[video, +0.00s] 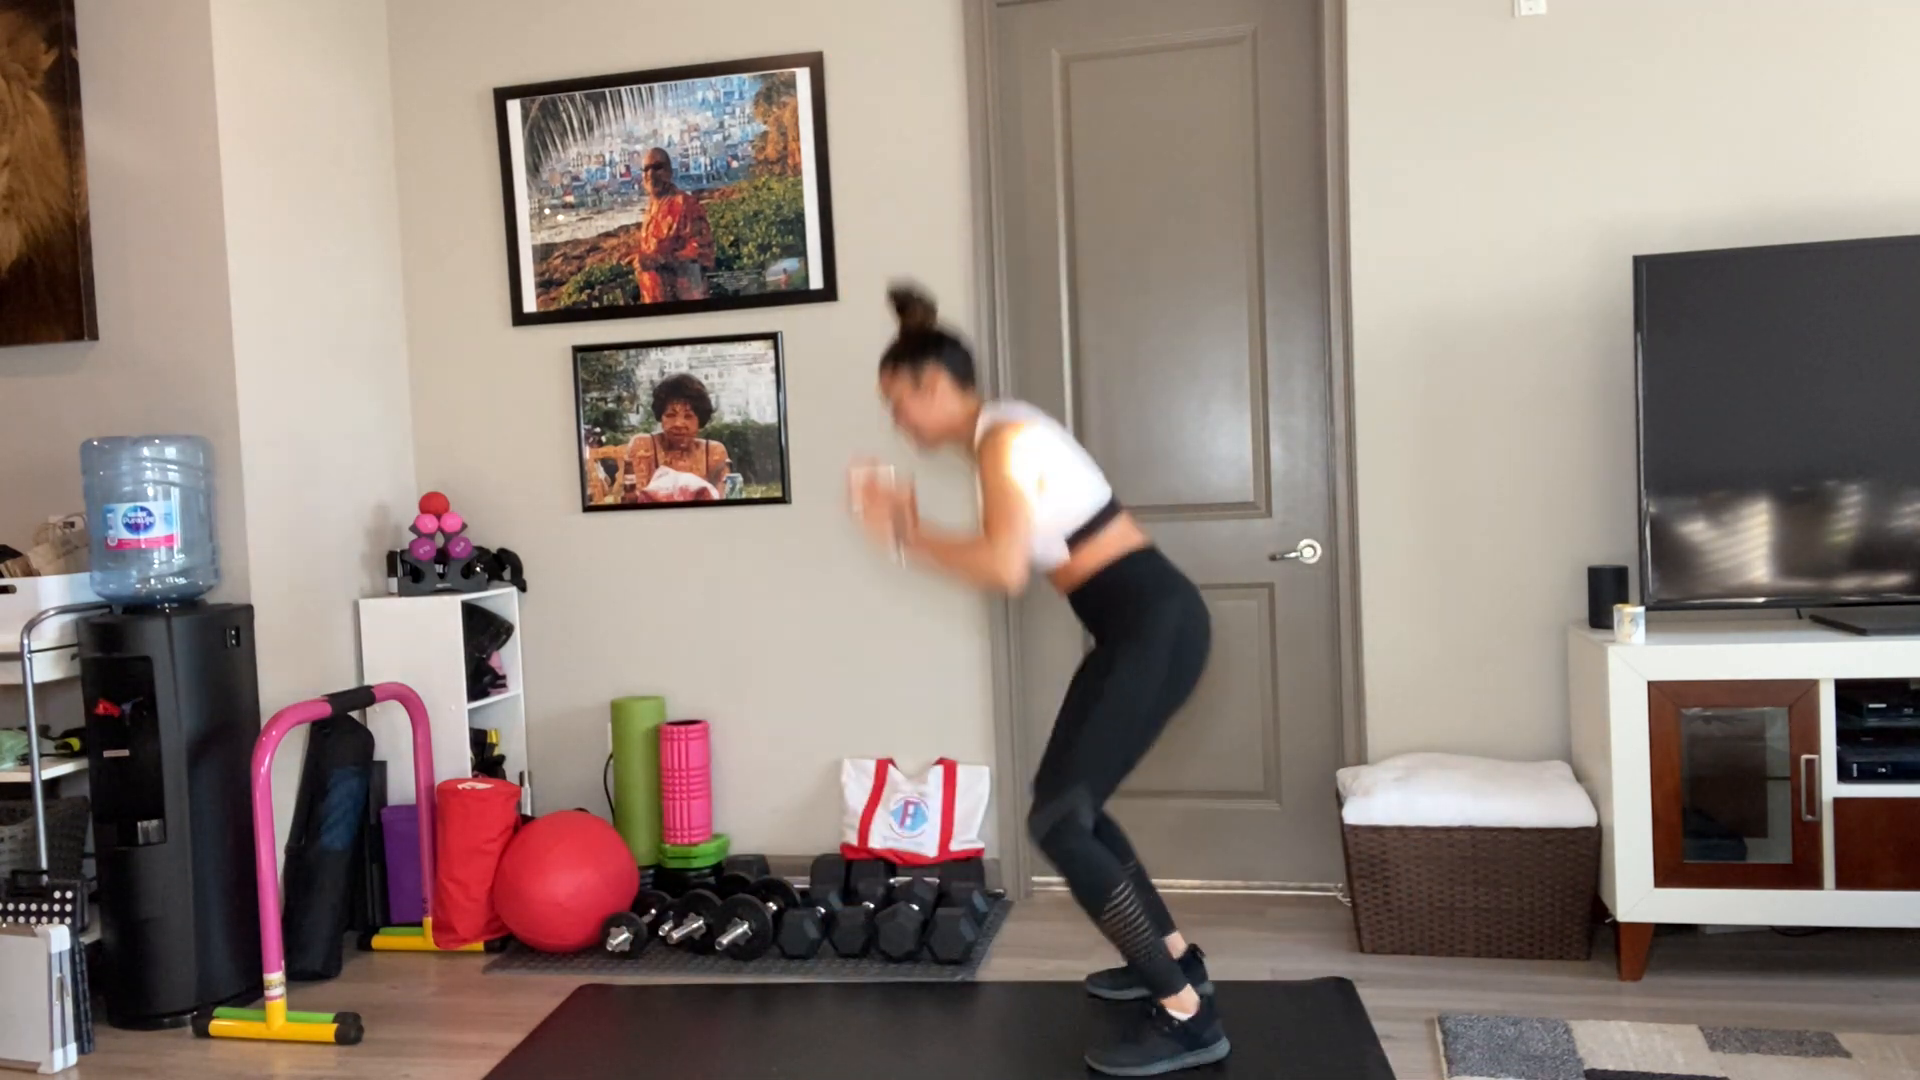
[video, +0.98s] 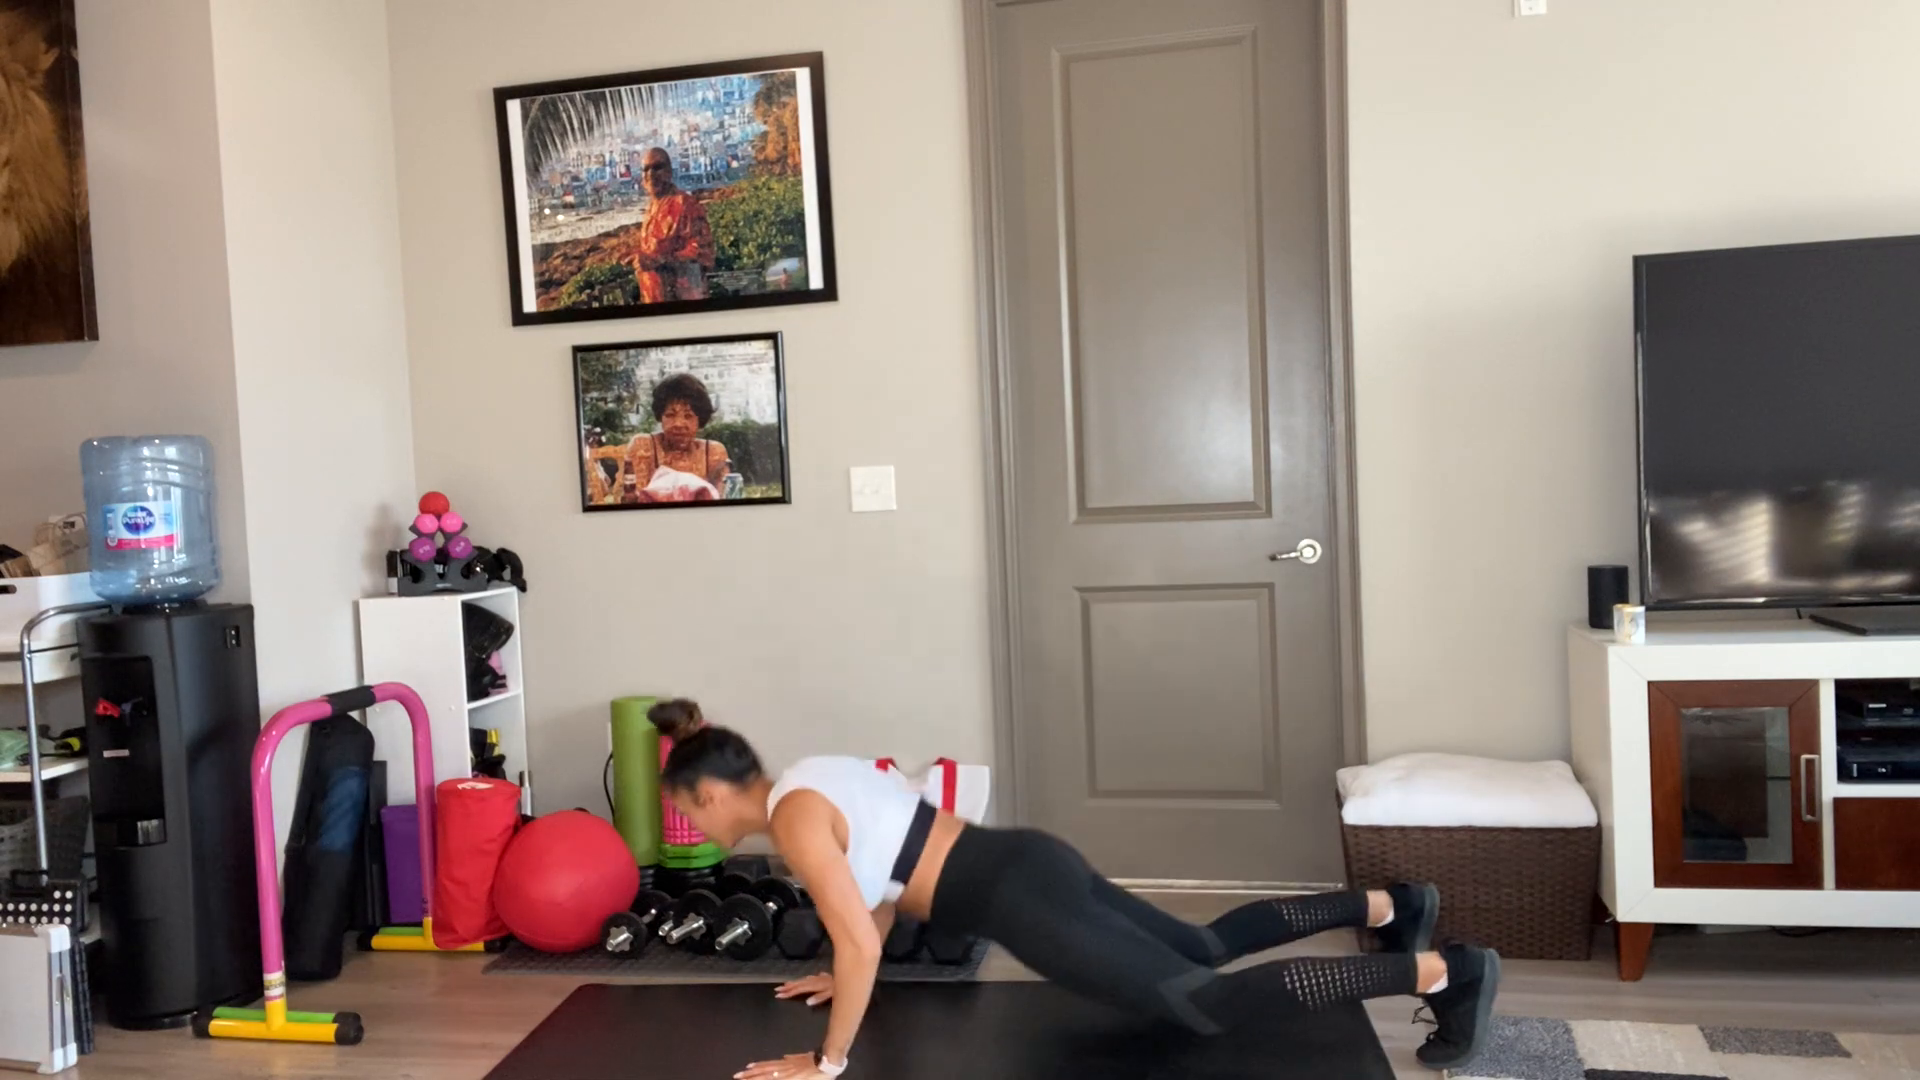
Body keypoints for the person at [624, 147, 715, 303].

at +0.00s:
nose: (650, 174)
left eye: (657, 167)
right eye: (646, 169)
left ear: (670, 172)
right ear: (642, 175)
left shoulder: (685, 204)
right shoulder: (653, 206)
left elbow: (703, 254)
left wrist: (656, 260)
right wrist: (638, 257)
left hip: (682, 297)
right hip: (654, 297)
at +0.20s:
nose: (650, 175)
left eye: (657, 167)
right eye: (645, 169)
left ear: (669, 171)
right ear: (642, 176)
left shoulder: (686, 204)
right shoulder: (653, 207)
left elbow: (702, 254)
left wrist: (657, 261)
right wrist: (638, 257)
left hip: (683, 297)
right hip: (655, 297)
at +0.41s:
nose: (650, 174)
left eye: (657, 167)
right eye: (645, 169)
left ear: (669, 171)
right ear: (642, 176)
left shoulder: (686, 204)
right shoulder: (653, 207)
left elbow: (702, 254)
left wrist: (657, 261)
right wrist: (638, 257)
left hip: (683, 297)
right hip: (655, 297)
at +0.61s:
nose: (650, 175)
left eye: (657, 167)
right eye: (645, 169)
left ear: (669, 171)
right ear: (642, 176)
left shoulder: (686, 204)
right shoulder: (654, 206)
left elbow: (702, 254)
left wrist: (657, 261)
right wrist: (638, 257)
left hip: (683, 297)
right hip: (655, 297)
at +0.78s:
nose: (650, 175)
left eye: (657, 167)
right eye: (645, 169)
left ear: (669, 172)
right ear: (642, 176)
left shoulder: (686, 204)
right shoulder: (654, 206)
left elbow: (703, 255)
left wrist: (657, 261)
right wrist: (638, 257)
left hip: (683, 297)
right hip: (655, 297)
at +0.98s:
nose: (650, 175)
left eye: (657, 168)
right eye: (646, 169)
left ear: (669, 171)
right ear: (642, 176)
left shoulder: (686, 204)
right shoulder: (654, 206)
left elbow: (702, 255)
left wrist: (657, 261)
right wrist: (638, 257)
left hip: (683, 297)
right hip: (656, 297)